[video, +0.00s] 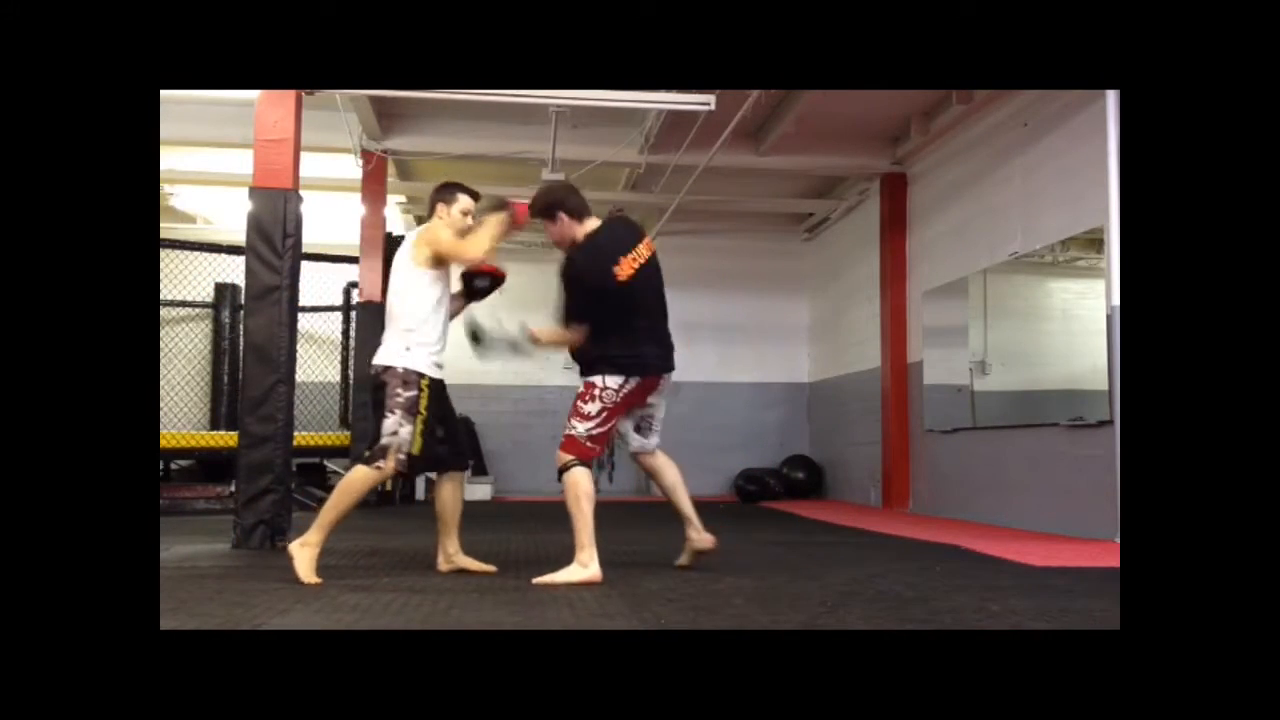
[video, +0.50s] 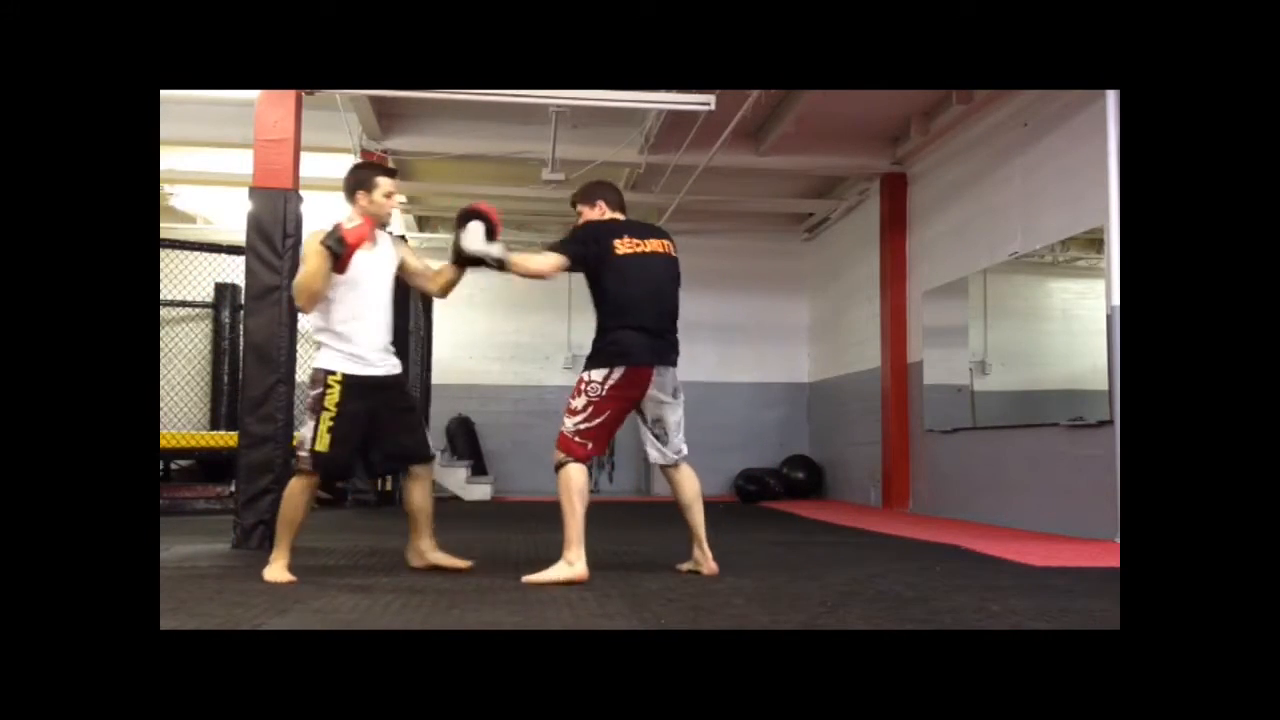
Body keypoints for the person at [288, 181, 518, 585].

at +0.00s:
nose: (470, 222)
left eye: (472, 216)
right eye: (465, 213)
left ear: (451, 214)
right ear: (441, 207)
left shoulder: (428, 247)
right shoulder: (433, 231)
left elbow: (432, 316)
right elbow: (473, 252)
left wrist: (468, 295)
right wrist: (497, 221)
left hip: (423, 367)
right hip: (406, 365)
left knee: (452, 458)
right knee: (388, 459)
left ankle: (450, 552)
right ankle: (308, 543)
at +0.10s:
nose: (464, 209)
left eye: (464, 202)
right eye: (458, 201)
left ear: (443, 204)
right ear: (433, 202)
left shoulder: (440, 259)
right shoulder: (409, 237)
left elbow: (469, 306)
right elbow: (419, 272)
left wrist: (488, 275)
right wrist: (440, 232)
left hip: (424, 369)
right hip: (396, 362)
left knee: (451, 456)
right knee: (375, 455)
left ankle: (450, 551)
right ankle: (301, 540)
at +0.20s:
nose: (445, 208)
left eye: (448, 201)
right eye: (439, 199)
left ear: (445, 205)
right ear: (412, 198)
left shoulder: (432, 254)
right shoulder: (384, 237)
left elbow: (468, 296)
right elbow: (366, 288)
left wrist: (485, 281)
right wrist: (401, 236)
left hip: (423, 370)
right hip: (385, 364)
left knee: (450, 459)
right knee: (358, 458)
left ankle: (449, 552)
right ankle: (289, 542)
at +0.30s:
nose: (429, 206)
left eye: (430, 199)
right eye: (421, 198)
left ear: (422, 205)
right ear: (394, 201)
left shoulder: (418, 252)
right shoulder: (368, 240)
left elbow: (455, 296)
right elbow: (338, 295)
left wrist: (477, 261)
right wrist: (377, 252)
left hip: (413, 375)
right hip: (369, 372)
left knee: (442, 463)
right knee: (338, 464)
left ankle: (449, 552)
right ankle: (282, 554)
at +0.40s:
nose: (410, 207)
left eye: (411, 199)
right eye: (403, 198)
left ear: (387, 203)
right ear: (375, 200)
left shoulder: (402, 250)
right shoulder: (341, 245)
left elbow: (445, 290)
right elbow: (319, 302)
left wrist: (472, 254)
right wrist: (350, 258)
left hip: (398, 376)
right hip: (351, 374)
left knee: (427, 469)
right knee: (320, 469)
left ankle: (446, 552)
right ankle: (279, 559)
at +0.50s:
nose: (395, 203)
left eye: (395, 196)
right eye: (387, 196)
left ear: (378, 199)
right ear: (360, 196)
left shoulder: (390, 244)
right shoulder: (324, 241)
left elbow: (435, 284)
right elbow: (304, 299)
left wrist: (467, 252)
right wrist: (333, 252)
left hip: (386, 371)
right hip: (338, 370)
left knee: (418, 461)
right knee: (310, 470)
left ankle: (423, 547)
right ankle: (279, 559)